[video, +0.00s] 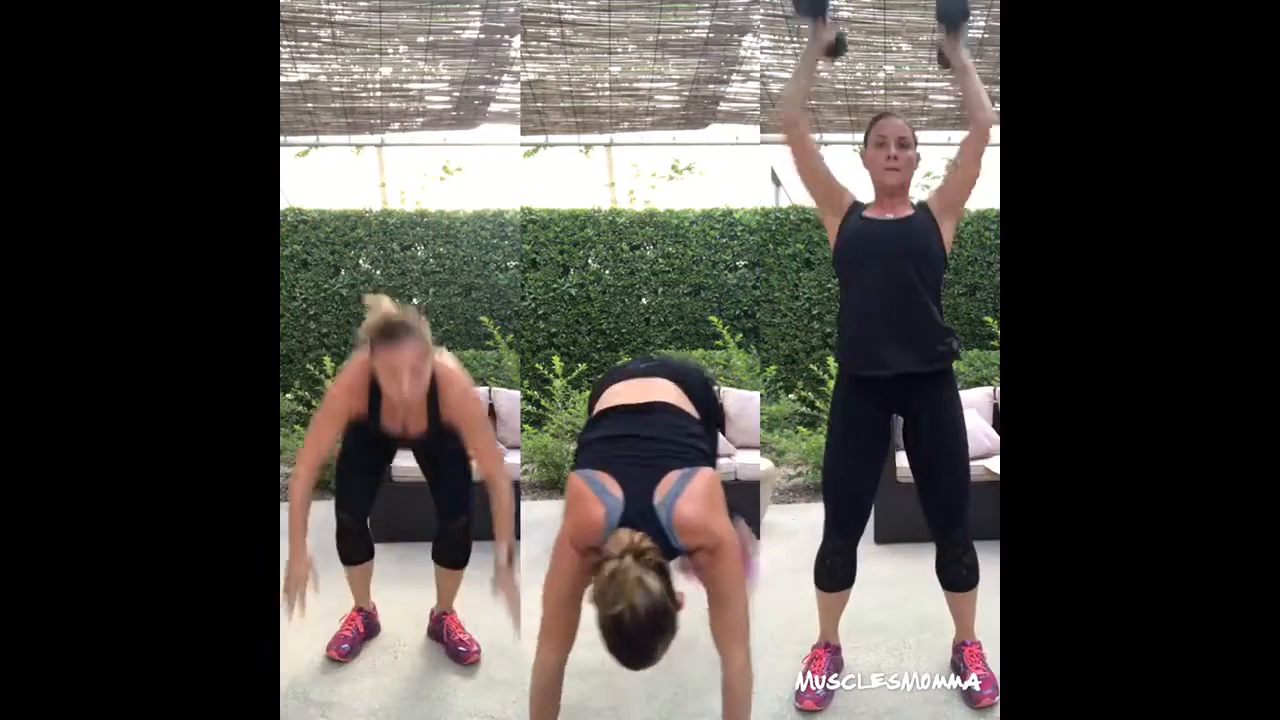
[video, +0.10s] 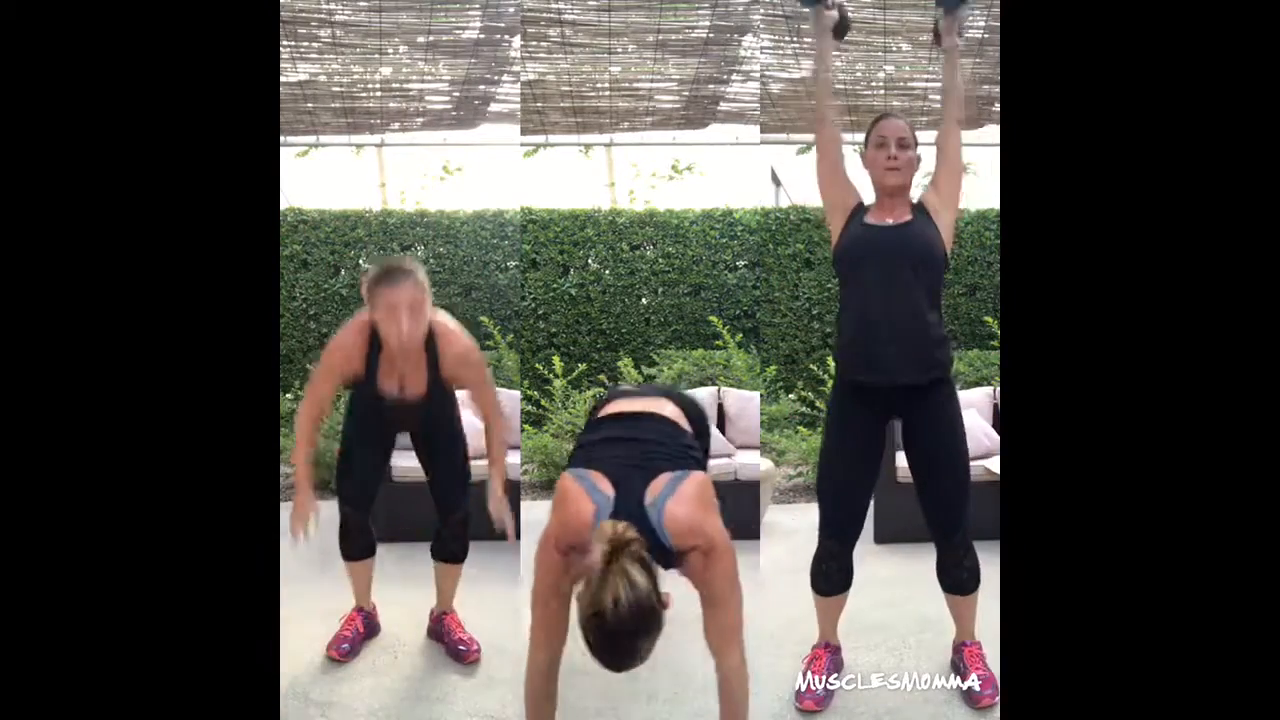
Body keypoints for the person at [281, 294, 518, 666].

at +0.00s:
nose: (406, 383)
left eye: (416, 370)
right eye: (392, 372)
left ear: (429, 362)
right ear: (374, 364)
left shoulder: (451, 380)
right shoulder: (355, 376)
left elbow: (496, 473)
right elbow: (305, 468)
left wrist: (504, 562)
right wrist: (297, 555)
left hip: (437, 433)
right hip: (373, 429)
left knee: (456, 520)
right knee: (350, 517)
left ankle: (444, 615)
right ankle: (363, 612)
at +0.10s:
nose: (405, 322)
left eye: (415, 309)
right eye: (392, 311)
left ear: (429, 306)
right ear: (372, 311)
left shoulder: (453, 342)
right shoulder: (352, 339)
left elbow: (492, 412)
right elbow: (310, 411)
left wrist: (497, 488)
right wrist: (303, 487)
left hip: (434, 411)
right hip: (371, 411)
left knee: (455, 511)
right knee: (353, 508)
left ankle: (444, 614)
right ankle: (363, 613)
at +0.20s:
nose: (403, 277)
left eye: (413, 265)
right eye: (390, 267)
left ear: (427, 268)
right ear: (371, 272)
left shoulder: (454, 314)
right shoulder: (349, 313)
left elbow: (486, 355)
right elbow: (308, 366)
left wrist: (487, 420)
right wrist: (306, 433)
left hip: (433, 403)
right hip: (370, 404)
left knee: (448, 506)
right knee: (357, 507)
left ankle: (443, 614)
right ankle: (363, 611)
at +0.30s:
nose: (405, 254)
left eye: (414, 241)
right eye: (390, 244)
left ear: (427, 247)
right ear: (369, 253)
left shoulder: (458, 300)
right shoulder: (344, 300)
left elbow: (476, 335)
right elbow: (314, 340)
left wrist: (468, 371)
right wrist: (315, 400)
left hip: (432, 399)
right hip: (368, 402)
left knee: (441, 506)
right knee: (360, 506)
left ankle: (443, 612)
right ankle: (363, 611)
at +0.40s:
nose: (405, 248)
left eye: (414, 236)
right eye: (390, 238)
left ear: (427, 245)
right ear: (369, 251)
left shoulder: (458, 298)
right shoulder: (342, 299)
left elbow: (466, 341)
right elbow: (322, 344)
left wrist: (458, 377)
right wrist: (324, 405)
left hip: (432, 403)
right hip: (368, 405)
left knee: (442, 508)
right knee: (358, 507)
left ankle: (443, 614)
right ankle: (363, 611)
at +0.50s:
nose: (405, 244)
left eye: (414, 233)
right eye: (391, 235)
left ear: (427, 245)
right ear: (369, 252)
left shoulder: (456, 307)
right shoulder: (345, 306)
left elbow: (464, 354)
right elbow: (327, 368)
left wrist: (461, 408)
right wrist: (328, 440)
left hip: (433, 413)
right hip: (368, 414)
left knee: (447, 518)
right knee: (353, 517)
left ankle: (444, 615)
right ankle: (362, 612)